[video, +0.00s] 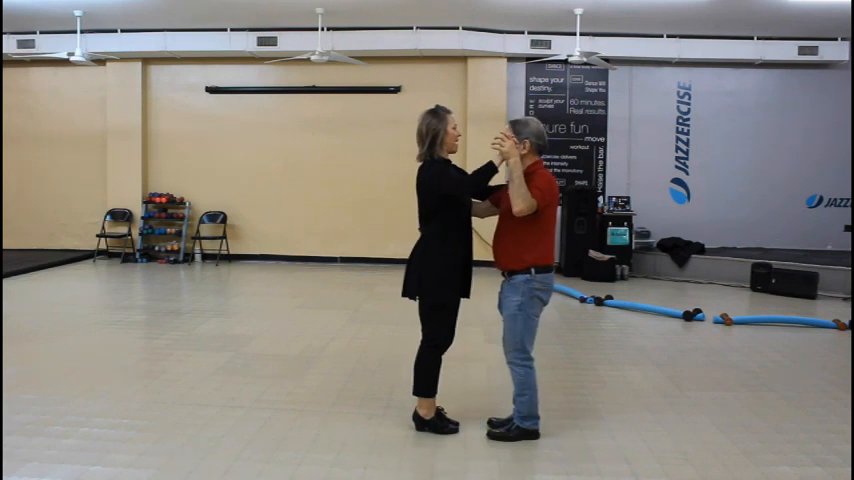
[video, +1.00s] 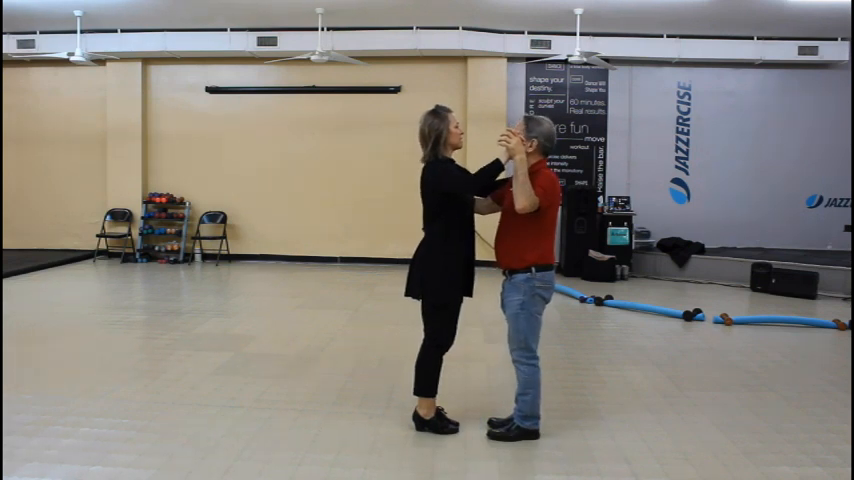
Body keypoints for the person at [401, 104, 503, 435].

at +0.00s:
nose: (459, 133)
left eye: (457, 127)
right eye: (453, 128)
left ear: (440, 133)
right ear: (439, 134)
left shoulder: (440, 168)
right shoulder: (436, 171)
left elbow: (474, 195)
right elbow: (469, 186)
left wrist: (508, 181)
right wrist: (496, 161)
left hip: (441, 267)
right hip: (437, 268)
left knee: (437, 338)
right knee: (435, 339)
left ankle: (427, 408)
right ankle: (424, 411)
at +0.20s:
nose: (460, 132)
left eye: (458, 127)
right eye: (455, 128)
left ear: (440, 133)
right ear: (440, 133)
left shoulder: (443, 168)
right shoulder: (436, 170)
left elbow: (474, 199)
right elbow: (470, 186)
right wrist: (499, 159)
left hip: (443, 267)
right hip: (438, 269)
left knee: (438, 339)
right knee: (436, 340)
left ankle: (427, 408)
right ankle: (424, 412)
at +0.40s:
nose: (461, 131)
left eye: (458, 126)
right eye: (455, 127)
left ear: (442, 132)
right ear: (440, 133)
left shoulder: (443, 168)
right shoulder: (437, 170)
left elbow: (475, 198)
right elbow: (472, 185)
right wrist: (501, 159)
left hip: (444, 268)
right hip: (439, 269)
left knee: (438, 339)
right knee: (436, 340)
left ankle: (427, 408)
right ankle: (424, 412)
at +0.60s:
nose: (461, 132)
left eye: (459, 127)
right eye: (456, 127)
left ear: (442, 132)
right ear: (441, 133)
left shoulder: (443, 167)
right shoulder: (438, 170)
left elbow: (474, 198)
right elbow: (472, 187)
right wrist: (501, 162)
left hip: (444, 267)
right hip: (440, 269)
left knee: (438, 339)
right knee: (436, 340)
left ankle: (427, 407)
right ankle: (424, 411)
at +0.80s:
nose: (461, 133)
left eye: (459, 127)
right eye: (456, 128)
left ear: (441, 133)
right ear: (442, 133)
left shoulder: (442, 168)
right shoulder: (439, 170)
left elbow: (473, 198)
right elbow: (472, 186)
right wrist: (503, 161)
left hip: (444, 267)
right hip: (440, 269)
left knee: (439, 339)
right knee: (437, 340)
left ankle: (427, 407)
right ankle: (424, 411)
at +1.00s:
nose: (461, 131)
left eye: (459, 126)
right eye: (456, 127)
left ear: (442, 132)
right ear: (441, 132)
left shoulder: (443, 166)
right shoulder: (439, 169)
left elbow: (476, 189)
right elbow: (474, 185)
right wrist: (505, 158)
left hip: (445, 267)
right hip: (440, 269)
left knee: (439, 339)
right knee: (436, 340)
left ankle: (427, 407)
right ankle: (424, 411)